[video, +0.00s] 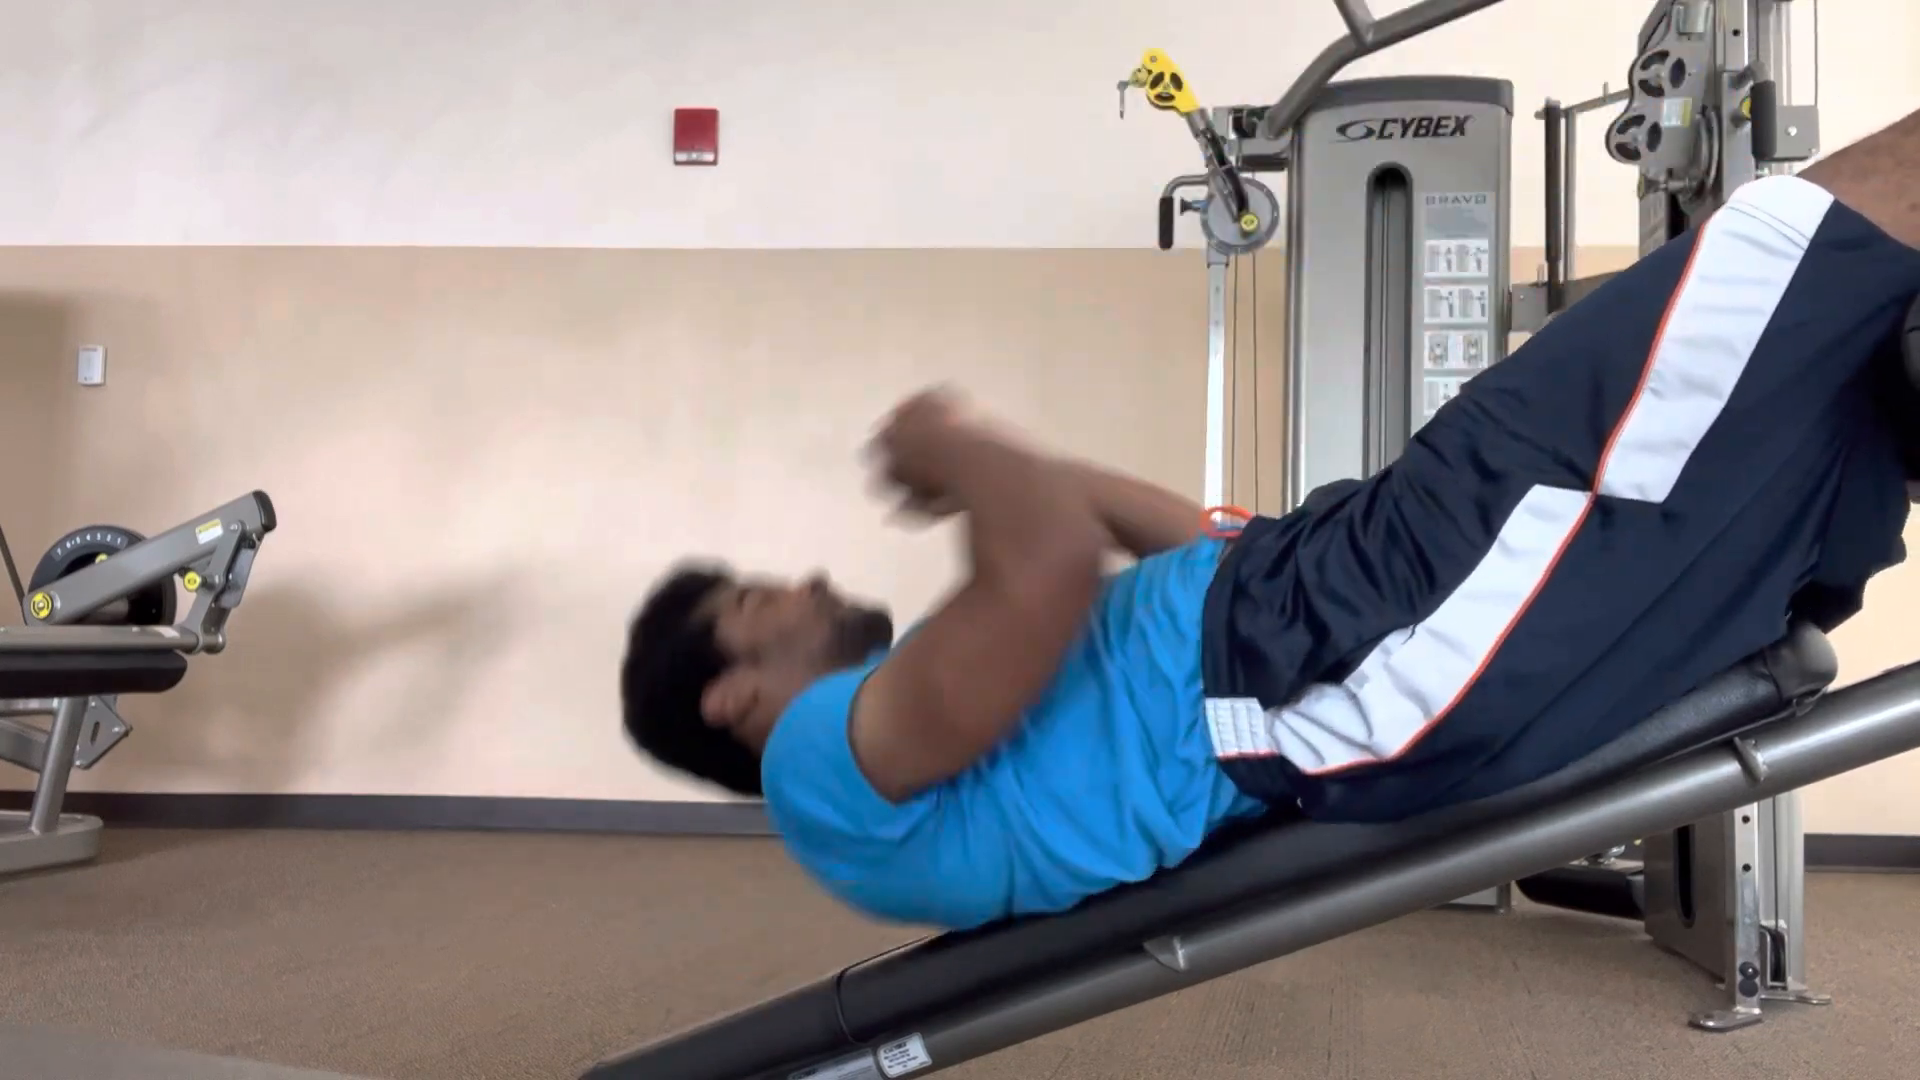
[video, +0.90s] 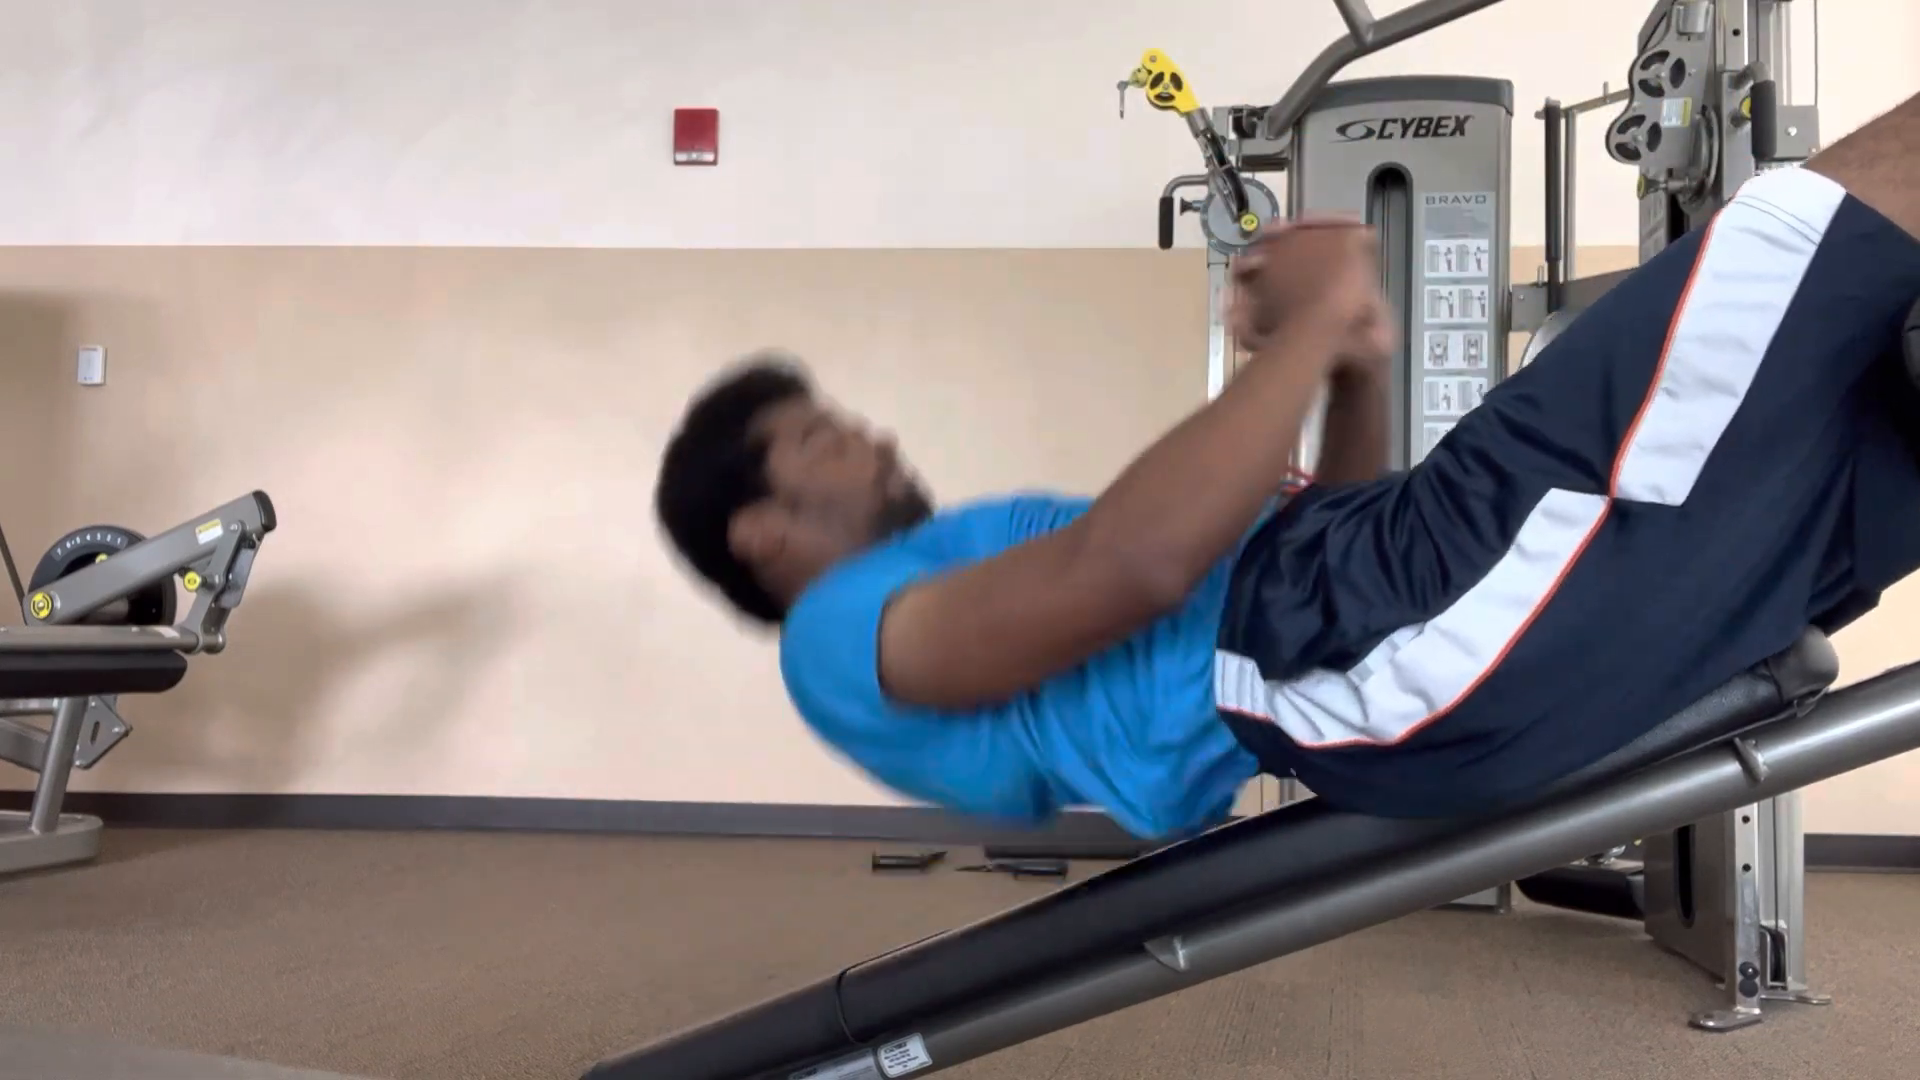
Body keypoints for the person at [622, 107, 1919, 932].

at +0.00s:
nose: (791, 580)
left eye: (761, 573)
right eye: (746, 601)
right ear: (730, 695)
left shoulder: (909, 710)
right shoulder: (819, 765)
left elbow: (1191, 538)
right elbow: (1057, 566)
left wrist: (1005, 464)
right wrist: (959, 446)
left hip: (1310, 605)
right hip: (1299, 674)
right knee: (1838, 211)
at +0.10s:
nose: (759, 703)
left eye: (734, 708)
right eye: (722, 720)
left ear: (767, 711)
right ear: (725, 789)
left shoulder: (916, 799)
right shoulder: (818, 845)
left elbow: (1046, 551)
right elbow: (844, 498)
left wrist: (861, 559)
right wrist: (769, 560)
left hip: (1327, 593)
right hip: (1314, 670)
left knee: (1869, 192)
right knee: (1869, 186)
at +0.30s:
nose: (734, 744)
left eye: (710, 762)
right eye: (713, 788)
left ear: (708, 783)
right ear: (708, 851)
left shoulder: (879, 797)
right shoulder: (798, 898)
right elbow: (537, 726)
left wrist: (530, 811)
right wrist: (491, 820)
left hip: (1349, 570)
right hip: (1355, 661)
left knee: (1872, 185)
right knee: (1854, 195)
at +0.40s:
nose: (741, 787)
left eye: (718, 785)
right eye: (728, 811)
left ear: (733, 776)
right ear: (738, 858)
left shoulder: (882, 775)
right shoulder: (844, 889)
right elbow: (595, 886)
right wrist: (447, 907)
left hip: (1309, 586)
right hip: (1355, 665)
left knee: (1858, 205)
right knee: (1836, 201)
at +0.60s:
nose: (743, 764)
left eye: (734, 768)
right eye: (719, 792)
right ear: (708, 882)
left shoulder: (863, 835)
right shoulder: (778, 899)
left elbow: (859, 628)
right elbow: (583, 635)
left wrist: (649, 719)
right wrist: (588, 750)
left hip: (1351, 587)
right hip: (1339, 658)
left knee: (1877, 174)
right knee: (1857, 181)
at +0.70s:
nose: (738, 706)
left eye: (714, 713)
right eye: (708, 738)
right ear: (716, 808)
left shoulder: (919, 791)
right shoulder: (793, 835)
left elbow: (1141, 558)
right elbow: (894, 544)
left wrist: (929, 488)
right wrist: (854, 496)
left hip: (1339, 592)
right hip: (1322, 661)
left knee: (1880, 177)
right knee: (1863, 183)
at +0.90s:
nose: (862, 431)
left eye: (837, 413)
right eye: (814, 438)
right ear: (761, 533)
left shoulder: (982, 564)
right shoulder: (837, 630)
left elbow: (1321, 555)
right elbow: (1121, 569)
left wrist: (1358, 366)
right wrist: (1315, 328)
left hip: (1391, 619)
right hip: (1342, 657)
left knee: (1874, 419)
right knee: (1863, 174)